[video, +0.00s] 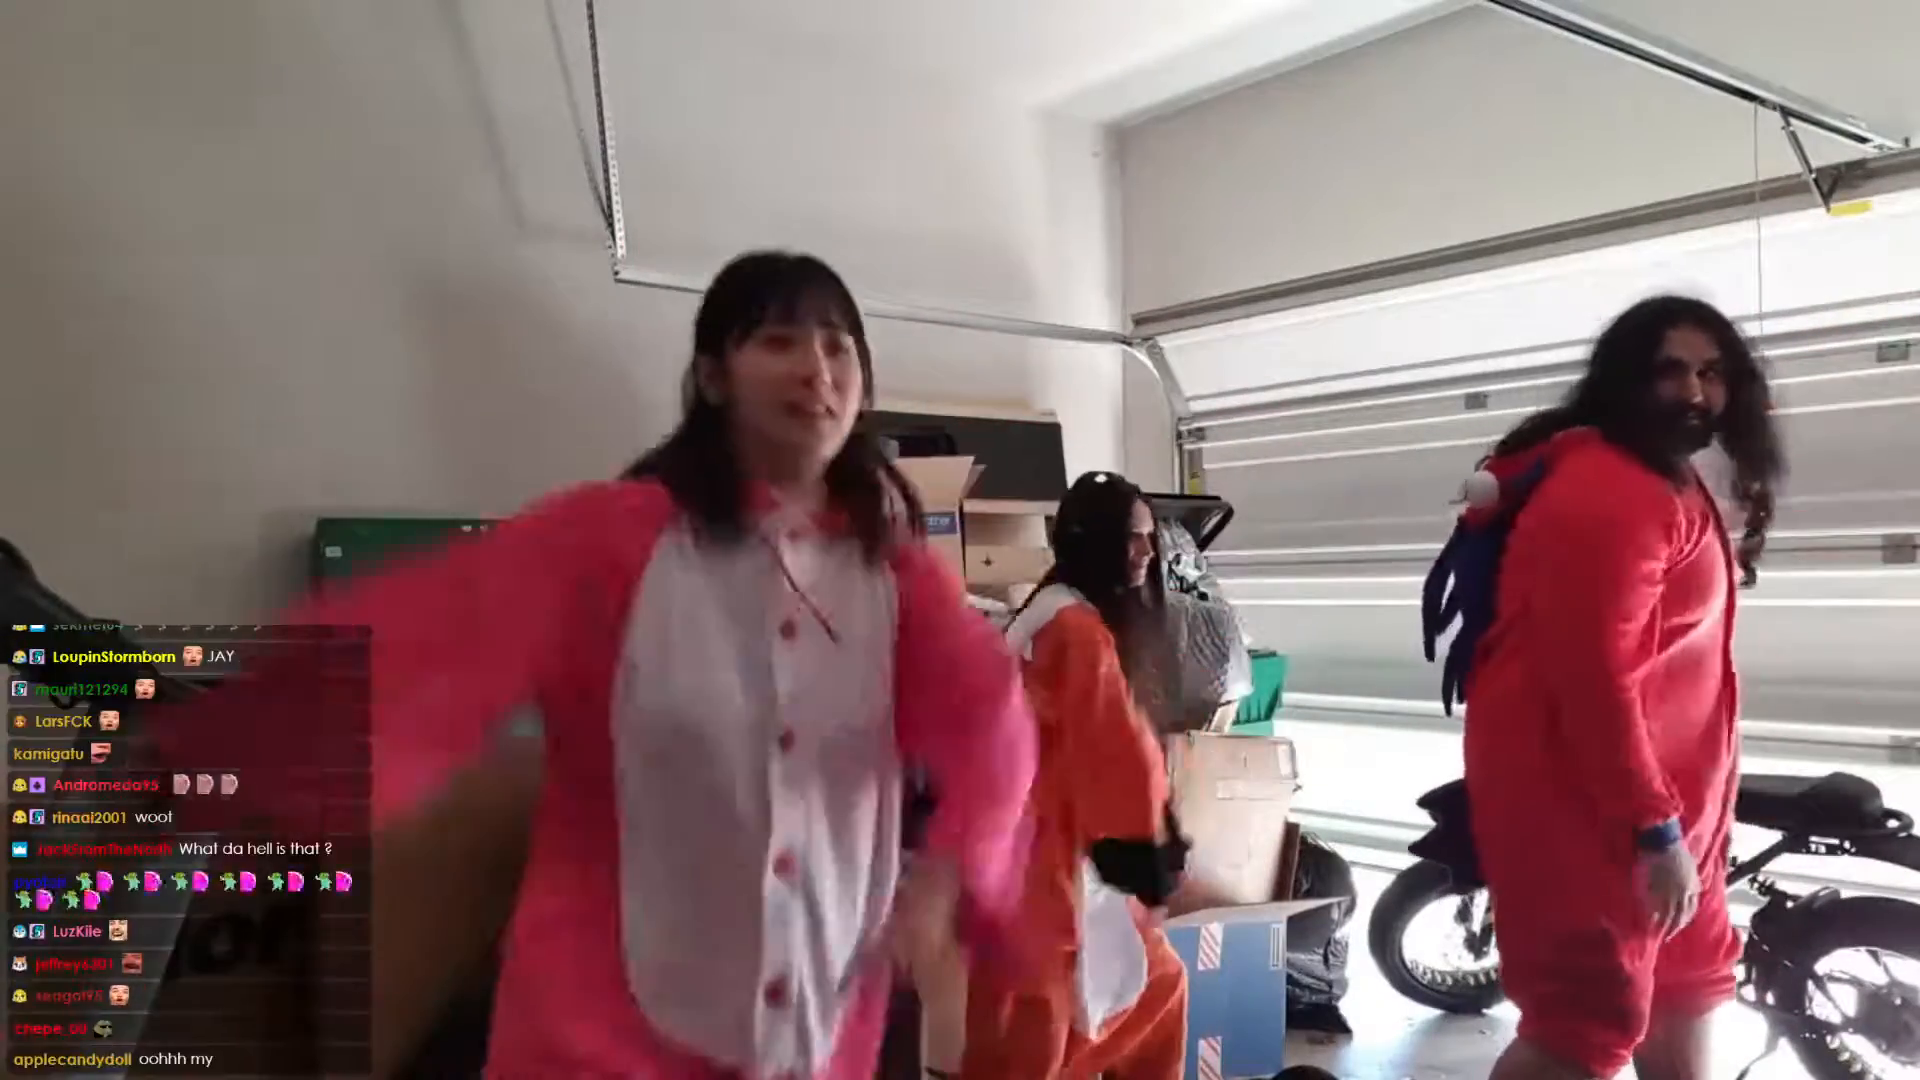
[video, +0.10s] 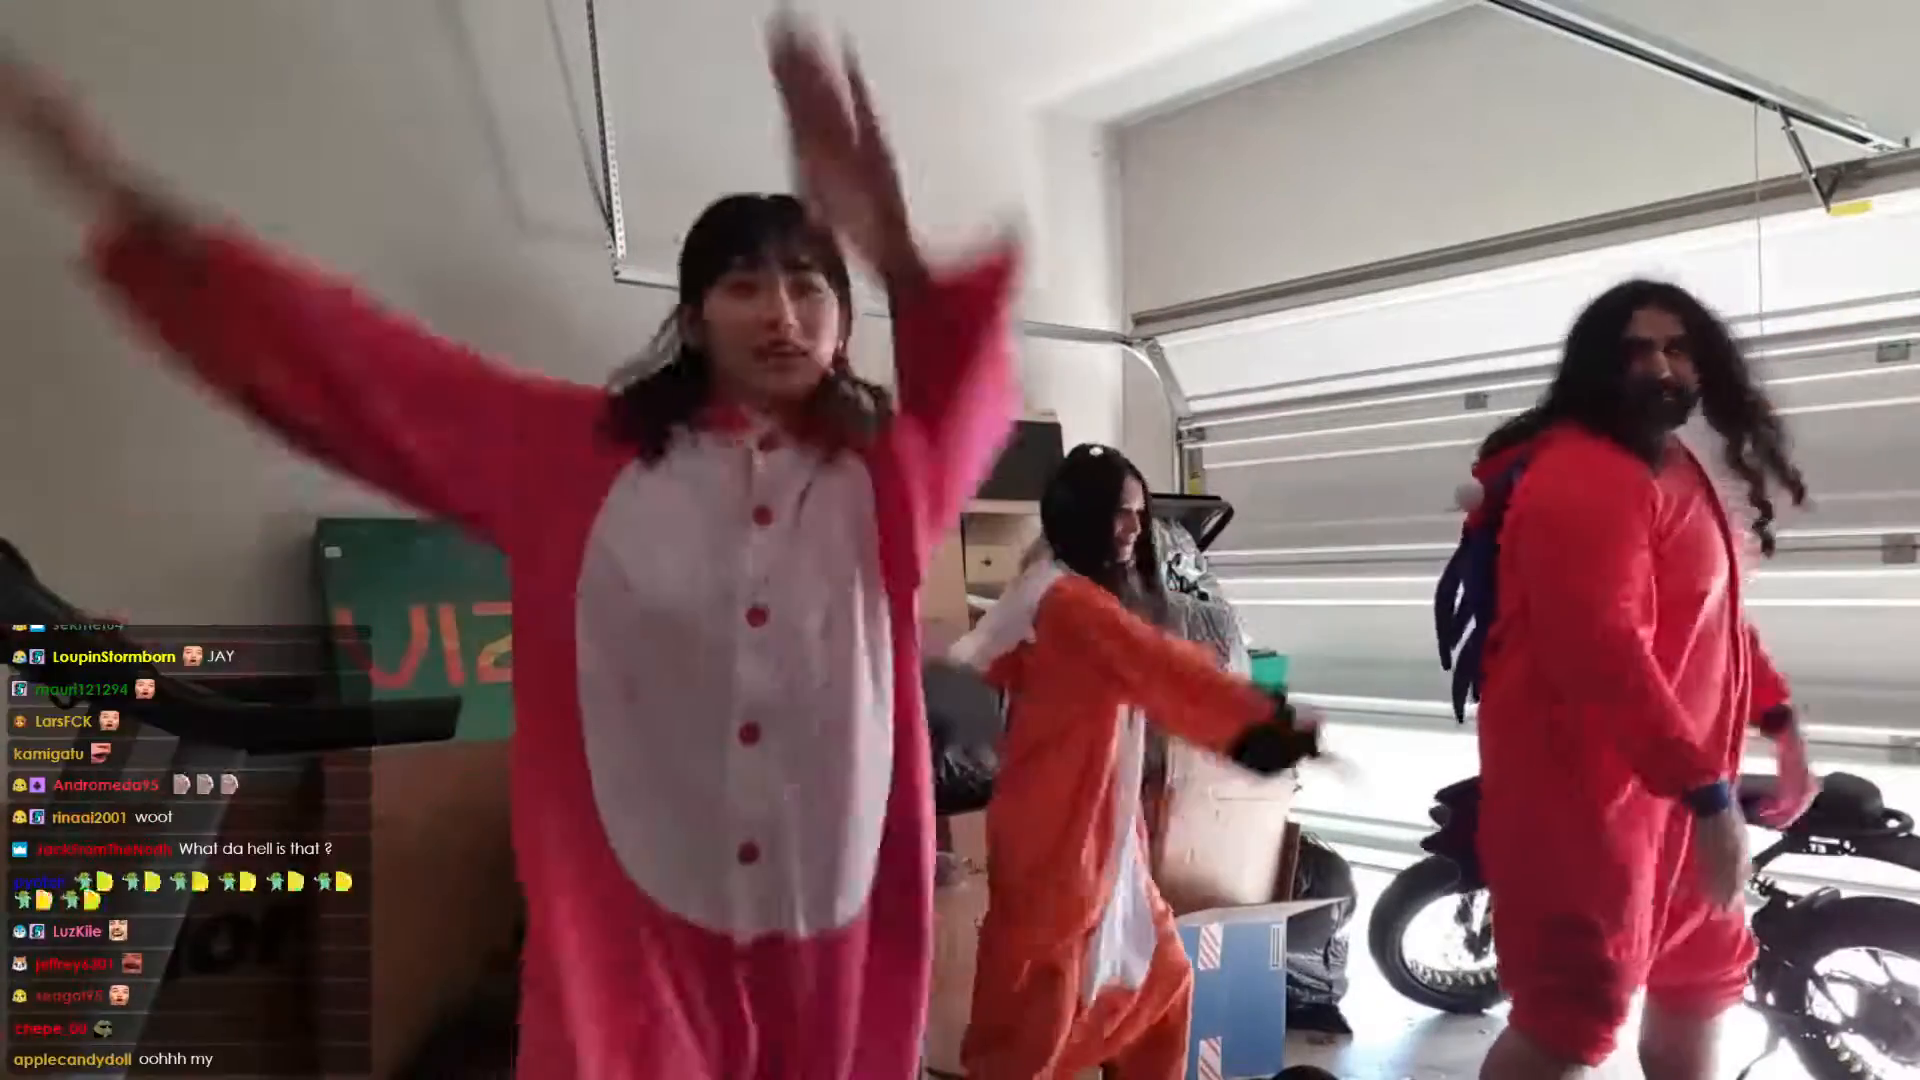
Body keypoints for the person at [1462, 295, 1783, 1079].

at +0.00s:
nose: (1695, 391)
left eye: (1713, 373)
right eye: (1670, 371)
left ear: (1730, 389)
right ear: (1627, 380)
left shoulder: (1675, 485)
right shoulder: (1603, 491)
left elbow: (1664, 667)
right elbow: (1592, 675)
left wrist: (1691, 812)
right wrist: (1655, 828)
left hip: (1662, 798)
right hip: (1578, 807)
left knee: (1689, 984)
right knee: (1586, 1027)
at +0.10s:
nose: (1662, 368)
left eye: (1678, 350)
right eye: (1638, 350)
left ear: (1701, 367)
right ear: (1599, 366)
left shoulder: (1681, 469)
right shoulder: (1578, 473)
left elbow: (1710, 613)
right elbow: (1595, 648)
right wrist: (1707, 793)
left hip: (1673, 786)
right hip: (1580, 793)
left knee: (1699, 979)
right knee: (1566, 1020)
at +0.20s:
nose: (1626, 353)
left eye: (1645, 334)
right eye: (1601, 341)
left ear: (1679, 350)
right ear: (1574, 364)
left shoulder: (1718, 471)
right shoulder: (1558, 461)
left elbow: (1790, 580)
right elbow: (1588, 598)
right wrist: (1735, 680)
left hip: (1694, 785)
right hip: (1579, 783)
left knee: (1684, 993)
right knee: (1559, 1011)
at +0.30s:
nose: (1619, 356)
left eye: (1639, 336)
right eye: (1595, 343)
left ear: (1680, 349)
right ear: (1569, 367)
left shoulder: (1742, 461)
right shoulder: (1552, 456)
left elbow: (1854, 536)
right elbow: (1525, 546)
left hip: (1703, 790)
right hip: (1577, 791)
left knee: (1674, 1007)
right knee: (1572, 1017)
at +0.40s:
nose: (1621, 350)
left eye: (1645, 331)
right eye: (1601, 335)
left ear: (1689, 350)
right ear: (1576, 353)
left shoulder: (1755, 461)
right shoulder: (1545, 446)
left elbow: (1890, 496)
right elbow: (1468, 492)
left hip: (1716, 802)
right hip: (1577, 801)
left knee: (1697, 1013)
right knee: (1586, 1026)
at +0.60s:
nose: (1611, 360)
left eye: (1636, 341)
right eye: (1590, 344)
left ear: (1683, 353)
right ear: (1563, 362)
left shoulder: (1758, 446)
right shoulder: (1531, 448)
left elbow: (1897, 491)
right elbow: (1410, 475)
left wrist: (1883, 389)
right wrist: (1434, 351)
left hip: (1738, 781)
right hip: (1568, 788)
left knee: (1794, 1008)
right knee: (1570, 1022)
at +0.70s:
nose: (1605, 368)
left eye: (1627, 348)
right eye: (1586, 352)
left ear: (1676, 355)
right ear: (1565, 370)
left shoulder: (1775, 464)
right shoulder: (1529, 482)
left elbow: (1900, 552)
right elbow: (1447, 576)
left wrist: (1890, 580)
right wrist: (1416, 565)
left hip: (1750, 805)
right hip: (1578, 816)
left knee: (1804, 1044)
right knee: (1569, 1037)